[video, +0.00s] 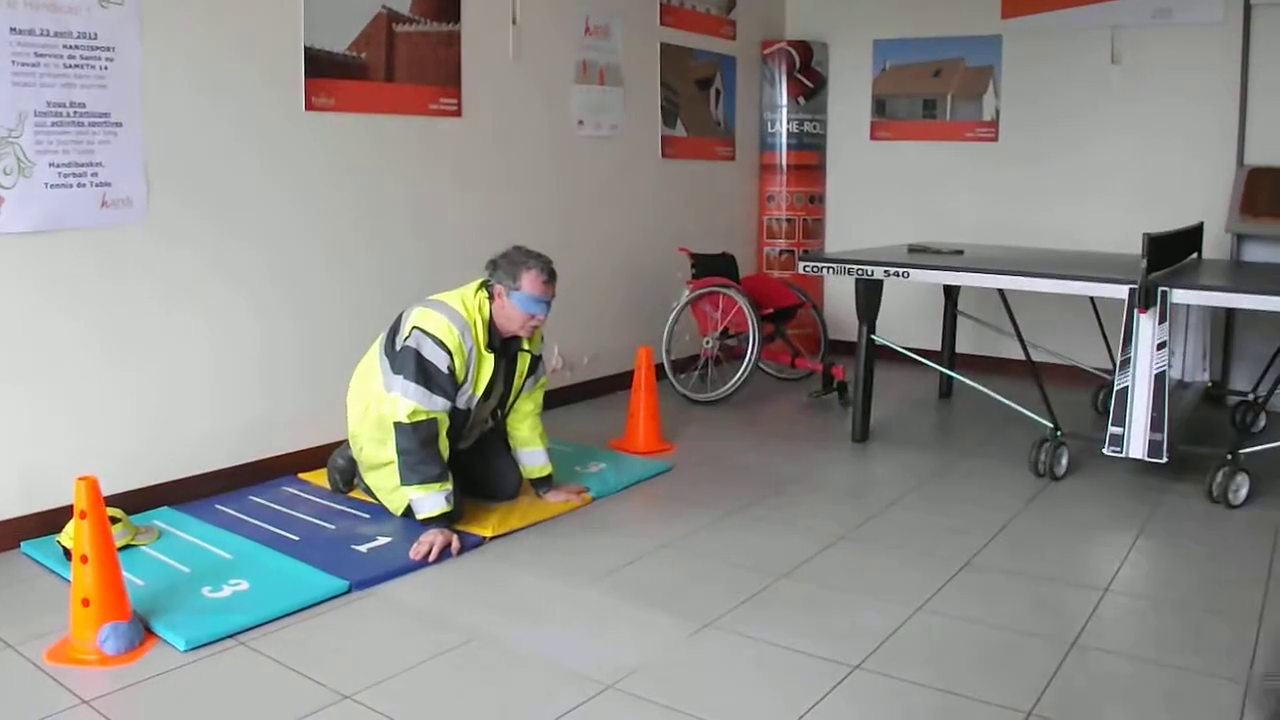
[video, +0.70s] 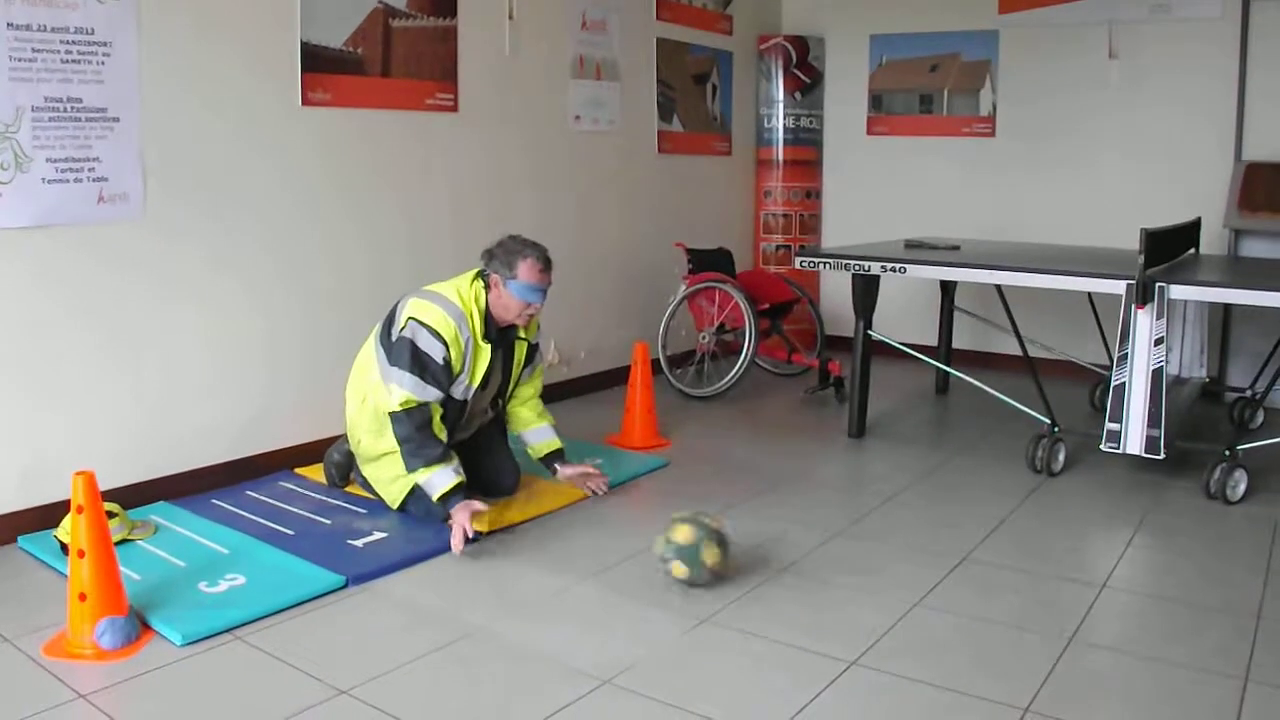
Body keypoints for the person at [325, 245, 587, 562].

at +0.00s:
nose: (540, 318)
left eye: (546, 307)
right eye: (532, 306)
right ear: (498, 295)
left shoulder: (527, 337)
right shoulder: (437, 331)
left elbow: (524, 411)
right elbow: (415, 427)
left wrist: (545, 484)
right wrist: (436, 523)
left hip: (461, 415)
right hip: (387, 422)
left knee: (504, 487)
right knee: (432, 512)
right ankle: (362, 462)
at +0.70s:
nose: (536, 308)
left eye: (542, 297)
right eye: (529, 297)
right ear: (495, 285)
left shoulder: (523, 322)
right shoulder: (435, 321)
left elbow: (523, 398)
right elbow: (408, 418)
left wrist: (558, 462)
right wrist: (455, 501)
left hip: (465, 412)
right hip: (388, 422)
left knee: (501, 483)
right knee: (435, 510)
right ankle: (359, 454)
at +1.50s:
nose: (527, 292)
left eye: (532, 280)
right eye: (517, 280)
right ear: (483, 272)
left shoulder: (516, 314)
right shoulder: (426, 316)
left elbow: (515, 394)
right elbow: (416, 419)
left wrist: (525, 466)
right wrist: (479, 489)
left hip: (456, 416)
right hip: (388, 428)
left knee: (498, 476)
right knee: (450, 506)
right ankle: (369, 458)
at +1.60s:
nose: (528, 292)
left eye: (534, 280)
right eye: (519, 280)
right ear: (485, 272)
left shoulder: (518, 314)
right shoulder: (428, 315)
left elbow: (518, 395)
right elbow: (418, 417)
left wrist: (526, 466)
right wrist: (481, 485)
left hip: (458, 416)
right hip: (390, 427)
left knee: (501, 477)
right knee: (452, 505)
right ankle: (369, 457)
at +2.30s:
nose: (543, 285)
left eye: (548, 273)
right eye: (533, 273)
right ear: (499, 268)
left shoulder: (534, 308)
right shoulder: (446, 310)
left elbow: (541, 383)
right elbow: (434, 409)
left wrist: (554, 450)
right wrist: (508, 469)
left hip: (470, 412)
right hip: (401, 422)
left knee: (511, 484)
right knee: (455, 506)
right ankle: (375, 462)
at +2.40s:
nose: (544, 288)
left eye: (548, 276)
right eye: (534, 276)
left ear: (552, 271)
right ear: (499, 270)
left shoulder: (532, 309)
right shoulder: (453, 314)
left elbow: (557, 378)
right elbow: (477, 407)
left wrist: (606, 425)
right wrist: (568, 440)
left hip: (461, 410)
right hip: (405, 421)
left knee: (516, 483)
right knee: (455, 507)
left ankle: (425, 449)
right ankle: (377, 456)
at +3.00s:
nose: (578, 299)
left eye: (583, 288)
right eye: (569, 287)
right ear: (535, 280)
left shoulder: (557, 328)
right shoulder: (474, 320)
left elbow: (538, 398)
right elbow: (422, 410)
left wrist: (557, 458)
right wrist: (458, 484)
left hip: (482, 416)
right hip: (412, 424)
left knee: (523, 490)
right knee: (458, 514)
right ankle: (382, 460)